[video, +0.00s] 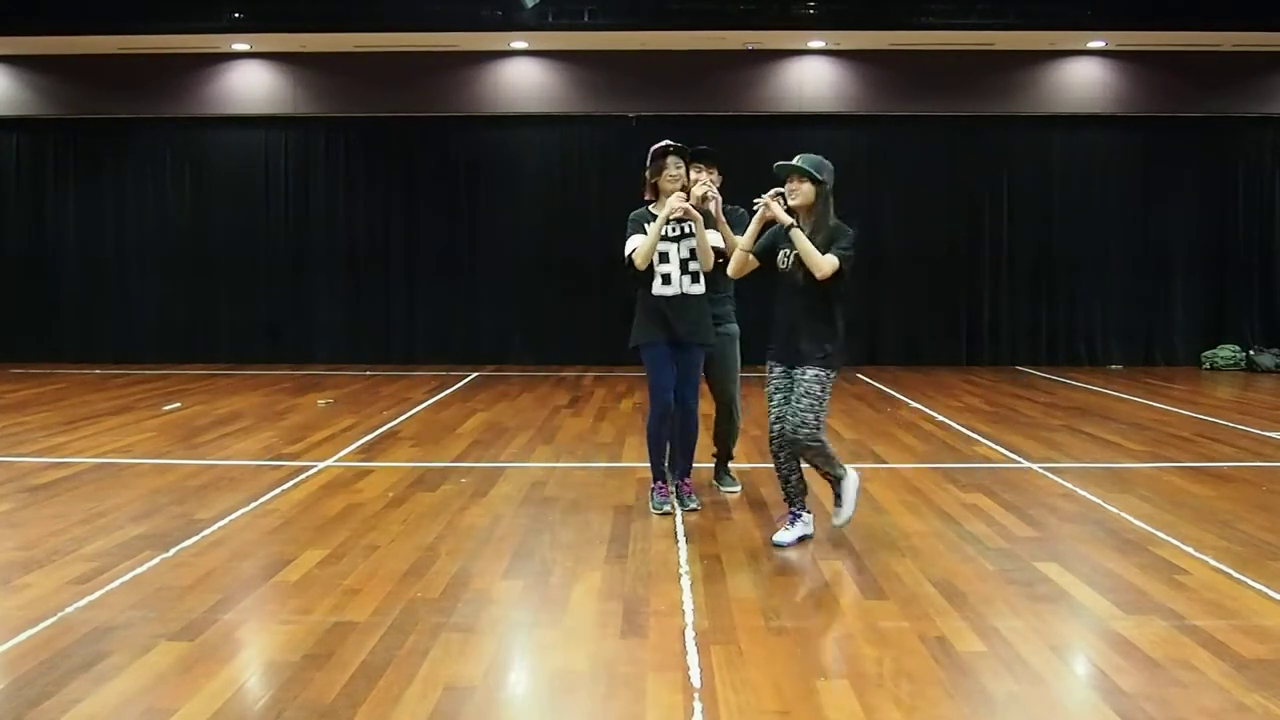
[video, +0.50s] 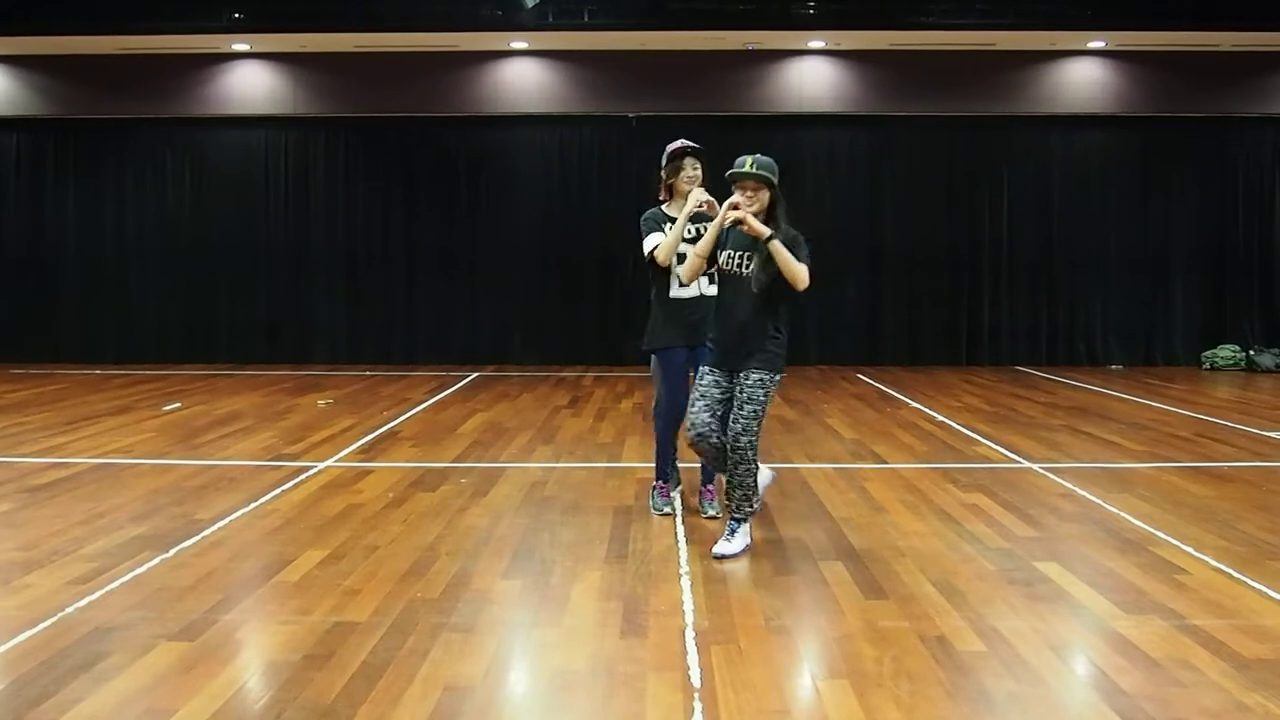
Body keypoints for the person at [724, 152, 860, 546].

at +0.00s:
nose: (791, 187)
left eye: (801, 181)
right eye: (788, 181)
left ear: (821, 187)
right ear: (785, 189)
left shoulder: (841, 234)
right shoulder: (780, 232)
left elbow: (822, 268)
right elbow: (735, 269)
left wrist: (787, 222)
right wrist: (757, 222)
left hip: (819, 350)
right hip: (780, 348)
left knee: (803, 435)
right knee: (779, 434)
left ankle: (841, 478)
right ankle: (799, 514)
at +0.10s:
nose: (784, 183)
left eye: (794, 177)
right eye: (781, 176)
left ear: (812, 185)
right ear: (775, 184)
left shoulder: (829, 232)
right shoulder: (765, 230)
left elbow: (831, 267)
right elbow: (725, 268)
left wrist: (793, 226)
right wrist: (749, 223)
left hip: (808, 343)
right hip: (768, 342)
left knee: (765, 408)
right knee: (770, 430)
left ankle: (813, 455)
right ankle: (798, 515)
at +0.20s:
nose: (779, 172)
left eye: (789, 167)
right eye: (775, 166)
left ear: (806, 176)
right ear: (767, 173)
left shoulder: (815, 219)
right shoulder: (753, 217)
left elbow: (837, 251)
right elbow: (711, 252)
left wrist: (797, 208)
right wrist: (743, 207)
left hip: (797, 332)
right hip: (759, 332)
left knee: (747, 393)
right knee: (772, 420)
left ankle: (783, 469)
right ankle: (798, 511)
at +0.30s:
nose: (770, 169)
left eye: (780, 163)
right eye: (765, 162)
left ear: (797, 174)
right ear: (756, 171)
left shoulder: (802, 216)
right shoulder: (742, 212)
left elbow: (836, 240)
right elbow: (698, 238)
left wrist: (795, 198)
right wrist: (734, 195)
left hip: (784, 332)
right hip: (747, 332)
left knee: (744, 407)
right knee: (767, 428)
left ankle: (749, 498)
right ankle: (796, 506)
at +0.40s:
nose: (760, 180)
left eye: (770, 173)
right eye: (754, 172)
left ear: (785, 182)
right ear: (745, 178)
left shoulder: (791, 226)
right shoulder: (731, 221)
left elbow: (819, 257)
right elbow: (692, 253)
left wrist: (783, 212)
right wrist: (725, 208)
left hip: (771, 347)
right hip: (731, 343)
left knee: (749, 435)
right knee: (728, 434)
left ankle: (738, 522)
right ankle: (784, 502)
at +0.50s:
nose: (747, 196)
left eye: (756, 189)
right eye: (741, 189)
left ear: (771, 193)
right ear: (732, 192)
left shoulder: (787, 239)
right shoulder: (722, 232)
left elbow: (801, 281)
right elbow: (688, 274)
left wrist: (767, 236)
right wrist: (716, 226)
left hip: (762, 355)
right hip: (720, 350)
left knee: (740, 438)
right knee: (700, 431)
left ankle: (739, 525)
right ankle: (753, 474)